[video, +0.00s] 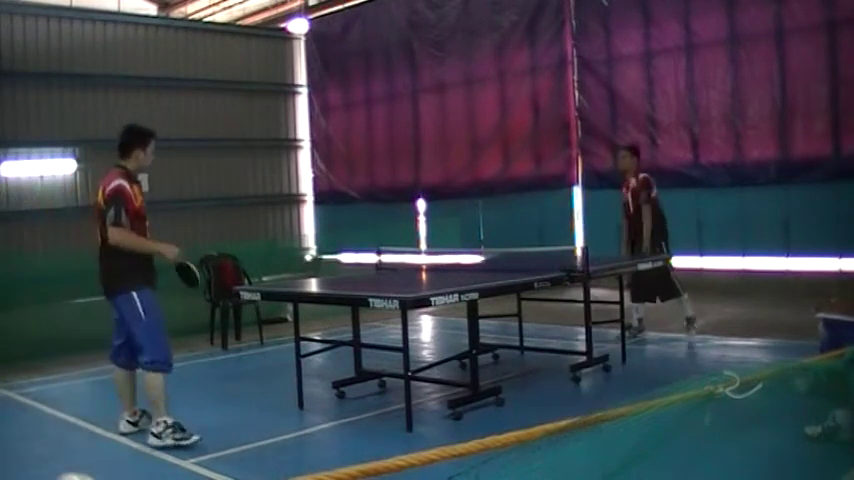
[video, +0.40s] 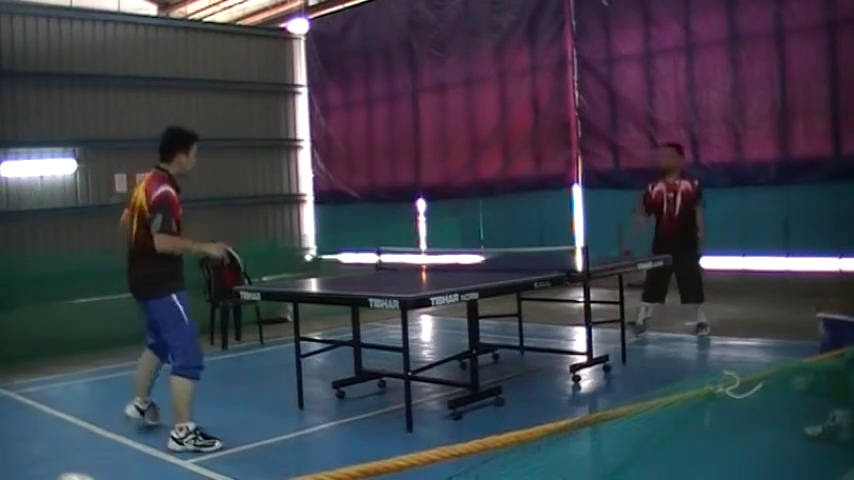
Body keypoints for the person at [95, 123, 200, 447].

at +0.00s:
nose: (152, 158)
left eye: (152, 152)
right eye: (150, 152)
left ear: (132, 151)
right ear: (137, 152)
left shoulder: (122, 182)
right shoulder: (119, 186)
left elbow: (127, 233)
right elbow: (115, 234)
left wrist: (158, 251)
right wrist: (160, 248)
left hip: (127, 280)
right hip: (129, 282)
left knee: (127, 349)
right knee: (154, 350)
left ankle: (130, 415)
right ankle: (162, 425)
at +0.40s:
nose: (193, 161)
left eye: (193, 155)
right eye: (192, 155)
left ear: (166, 154)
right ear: (179, 156)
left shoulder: (148, 182)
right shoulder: (164, 192)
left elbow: (127, 223)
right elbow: (162, 242)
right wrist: (204, 247)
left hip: (145, 283)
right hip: (162, 286)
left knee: (159, 344)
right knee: (186, 353)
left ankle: (140, 402)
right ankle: (183, 430)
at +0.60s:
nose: (211, 169)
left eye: (210, 162)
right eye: (208, 162)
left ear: (186, 161)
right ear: (196, 163)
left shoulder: (165, 184)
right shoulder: (180, 198)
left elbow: (137, 209)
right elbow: (176, 250)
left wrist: (148, 248)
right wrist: (206, 294)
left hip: (145, 283)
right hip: (162, 286)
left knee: (162, 347)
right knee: (187, 352)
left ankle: (159, 408)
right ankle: (183, 431)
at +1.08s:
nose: (231, 194)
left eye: (231, 188)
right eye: (229, 187)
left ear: (209, 185)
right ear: (216, 187)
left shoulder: (184, 201)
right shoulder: (192, 208)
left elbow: (158, 245)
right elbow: (167, 247)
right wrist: (171, 300)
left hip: (142, 284)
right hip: (150, 287)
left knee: (164, 350)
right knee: (175, 355)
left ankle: (162, 408)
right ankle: (182, 430)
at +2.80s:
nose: (199, 157)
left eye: (198, 151)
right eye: (195, 151)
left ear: (178, 156)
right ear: (179, 155)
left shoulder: (171, 185)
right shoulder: (166, 190)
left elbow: (161, 237)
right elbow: (153, 237)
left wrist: (177, 280)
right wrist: (169, 285)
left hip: (167, 285)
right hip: (170, 287)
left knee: (161, 350)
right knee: (175, 356)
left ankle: (162, 409)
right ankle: (182, 430)